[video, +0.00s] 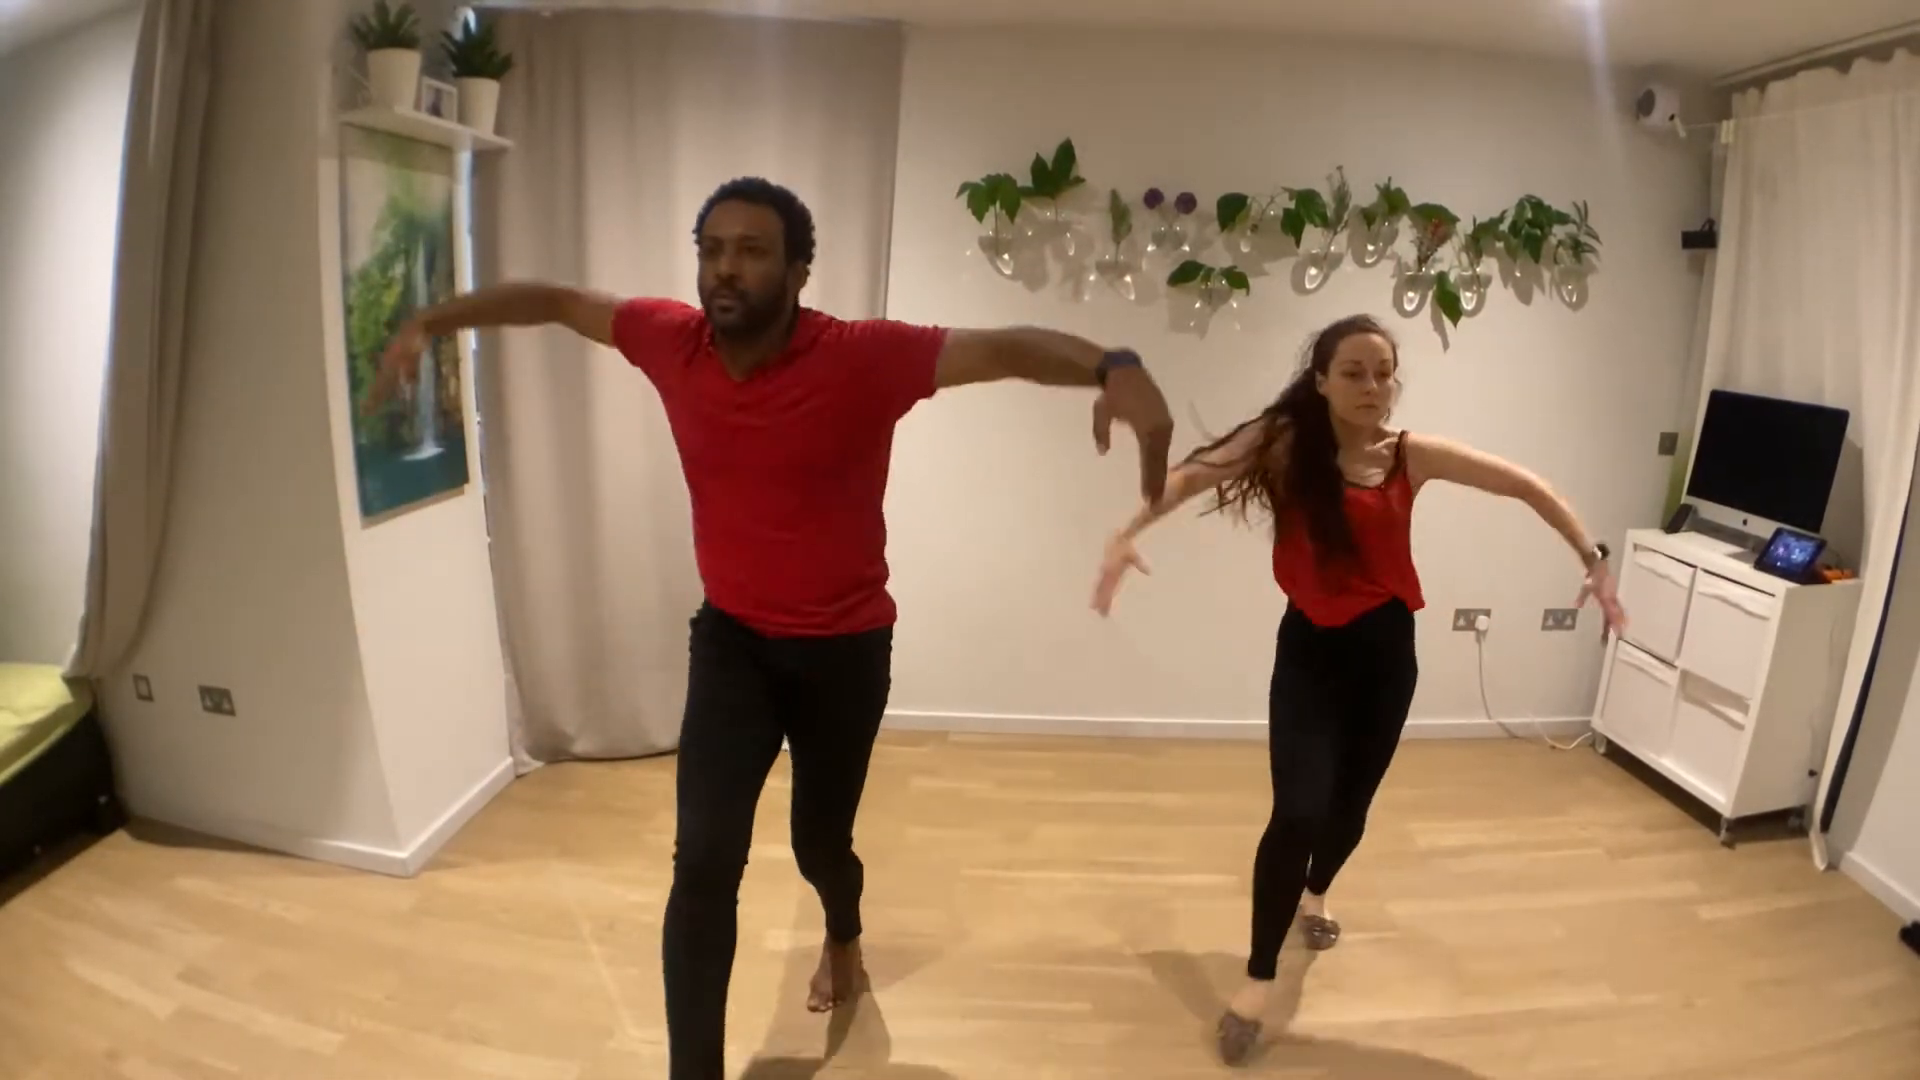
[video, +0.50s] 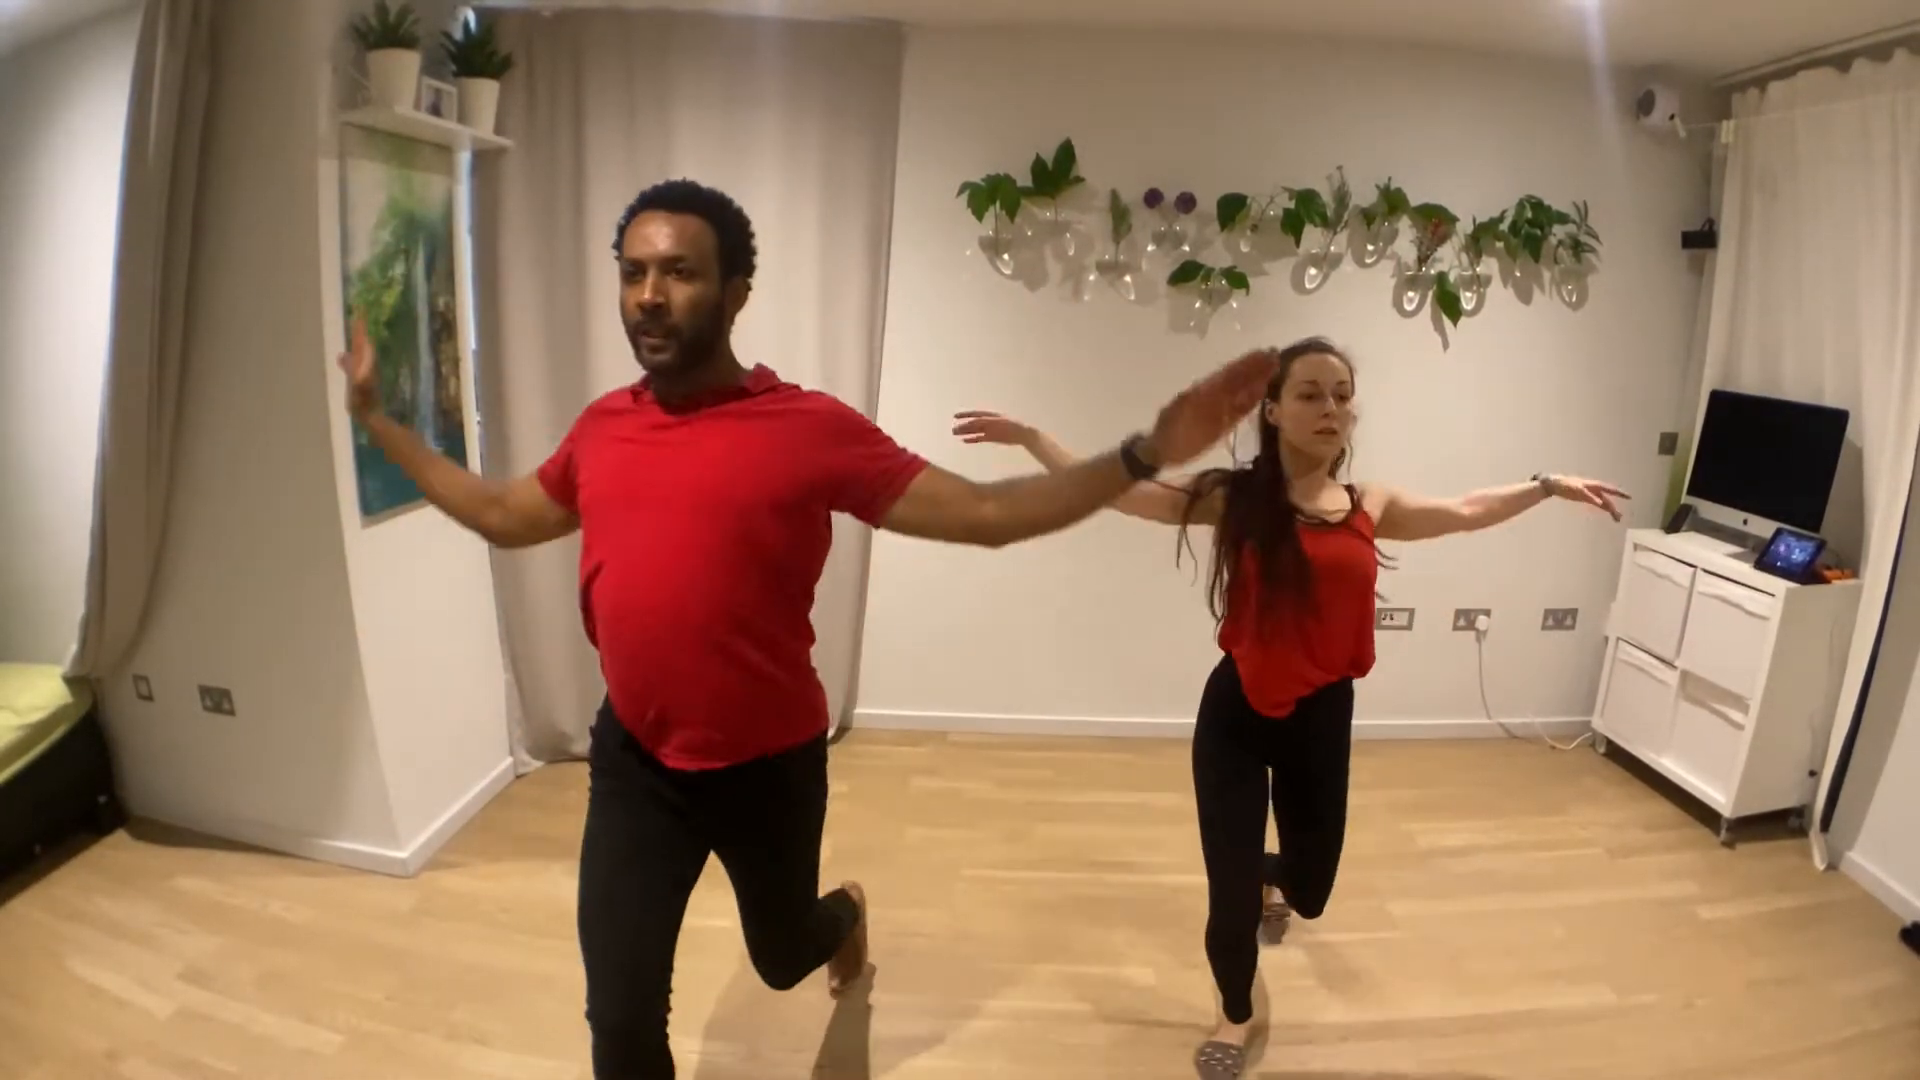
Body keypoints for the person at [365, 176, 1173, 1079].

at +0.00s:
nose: (729, 270)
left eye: (753, 253)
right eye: (715, 251)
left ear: (800, 271)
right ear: (696, 262)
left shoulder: (867, 356)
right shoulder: (670, 340)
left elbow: (1009, 350)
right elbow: (557, 303)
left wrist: (1117, 364)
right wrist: (432, 317)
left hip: (845, 645)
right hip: (733, 638)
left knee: (818, 842)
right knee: (705, 862)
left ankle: (843, 939)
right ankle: (693, 1073)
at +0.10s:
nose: (711, 262)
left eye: (738, 244)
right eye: (698, 242)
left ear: (786, 265)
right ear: (680, 257)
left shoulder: (855, 353)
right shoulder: (659, 335)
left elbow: (994, 330)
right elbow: (559, 288)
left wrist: (1111, 309)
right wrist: (438, 256)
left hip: (832, 668)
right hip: (716, 663)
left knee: (820, 861)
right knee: (691, 896)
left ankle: (844, 935)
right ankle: (691, 1079)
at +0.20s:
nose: (692, 257)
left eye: (720, 238)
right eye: (676, 238)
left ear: (770, 259)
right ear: (659, 254)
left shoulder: (841, 360)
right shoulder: (642, 342)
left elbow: (989, 340)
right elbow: (563, 313)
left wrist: (1105, 298)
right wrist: (452, 243)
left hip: (818, 689)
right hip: (695, 685)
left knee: (815, 879)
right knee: (672, 939)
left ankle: (845, 933)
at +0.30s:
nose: (666, 267)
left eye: (696, 246)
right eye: (652, 245)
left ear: (752, 269)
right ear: (636, 259)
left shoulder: (817, 383)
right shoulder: (622, 376)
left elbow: (984, 384)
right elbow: (552, 376)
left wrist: (1097, 316)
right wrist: (452, 281)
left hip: (794, 727)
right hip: (663, 723)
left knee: (805, 912)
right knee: (645, 981)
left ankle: (836, 956)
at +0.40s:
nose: (650, 278)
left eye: (681, 254)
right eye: (637, 256)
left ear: (742, 278)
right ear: (621, 272)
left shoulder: (807, 408)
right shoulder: (615, 403)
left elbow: (984, 451)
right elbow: (538, 458)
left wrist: (1112, 366)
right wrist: (429, 357)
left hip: (774, 747)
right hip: (645, 743)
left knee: (785, 949)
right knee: (620, 1011)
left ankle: (843, 953)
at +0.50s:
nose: (647, 293)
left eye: (675, 272)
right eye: (633, 272)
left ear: (737, 291)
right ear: (617, 289)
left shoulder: (808, 430)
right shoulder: (607, 428)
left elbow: (986, 512)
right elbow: (505, 515)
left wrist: (1146, 466)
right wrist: (375, 422)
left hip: (767, 759)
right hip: (638, 756)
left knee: (781, 957)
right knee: (620, 1021)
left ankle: (848, 930)